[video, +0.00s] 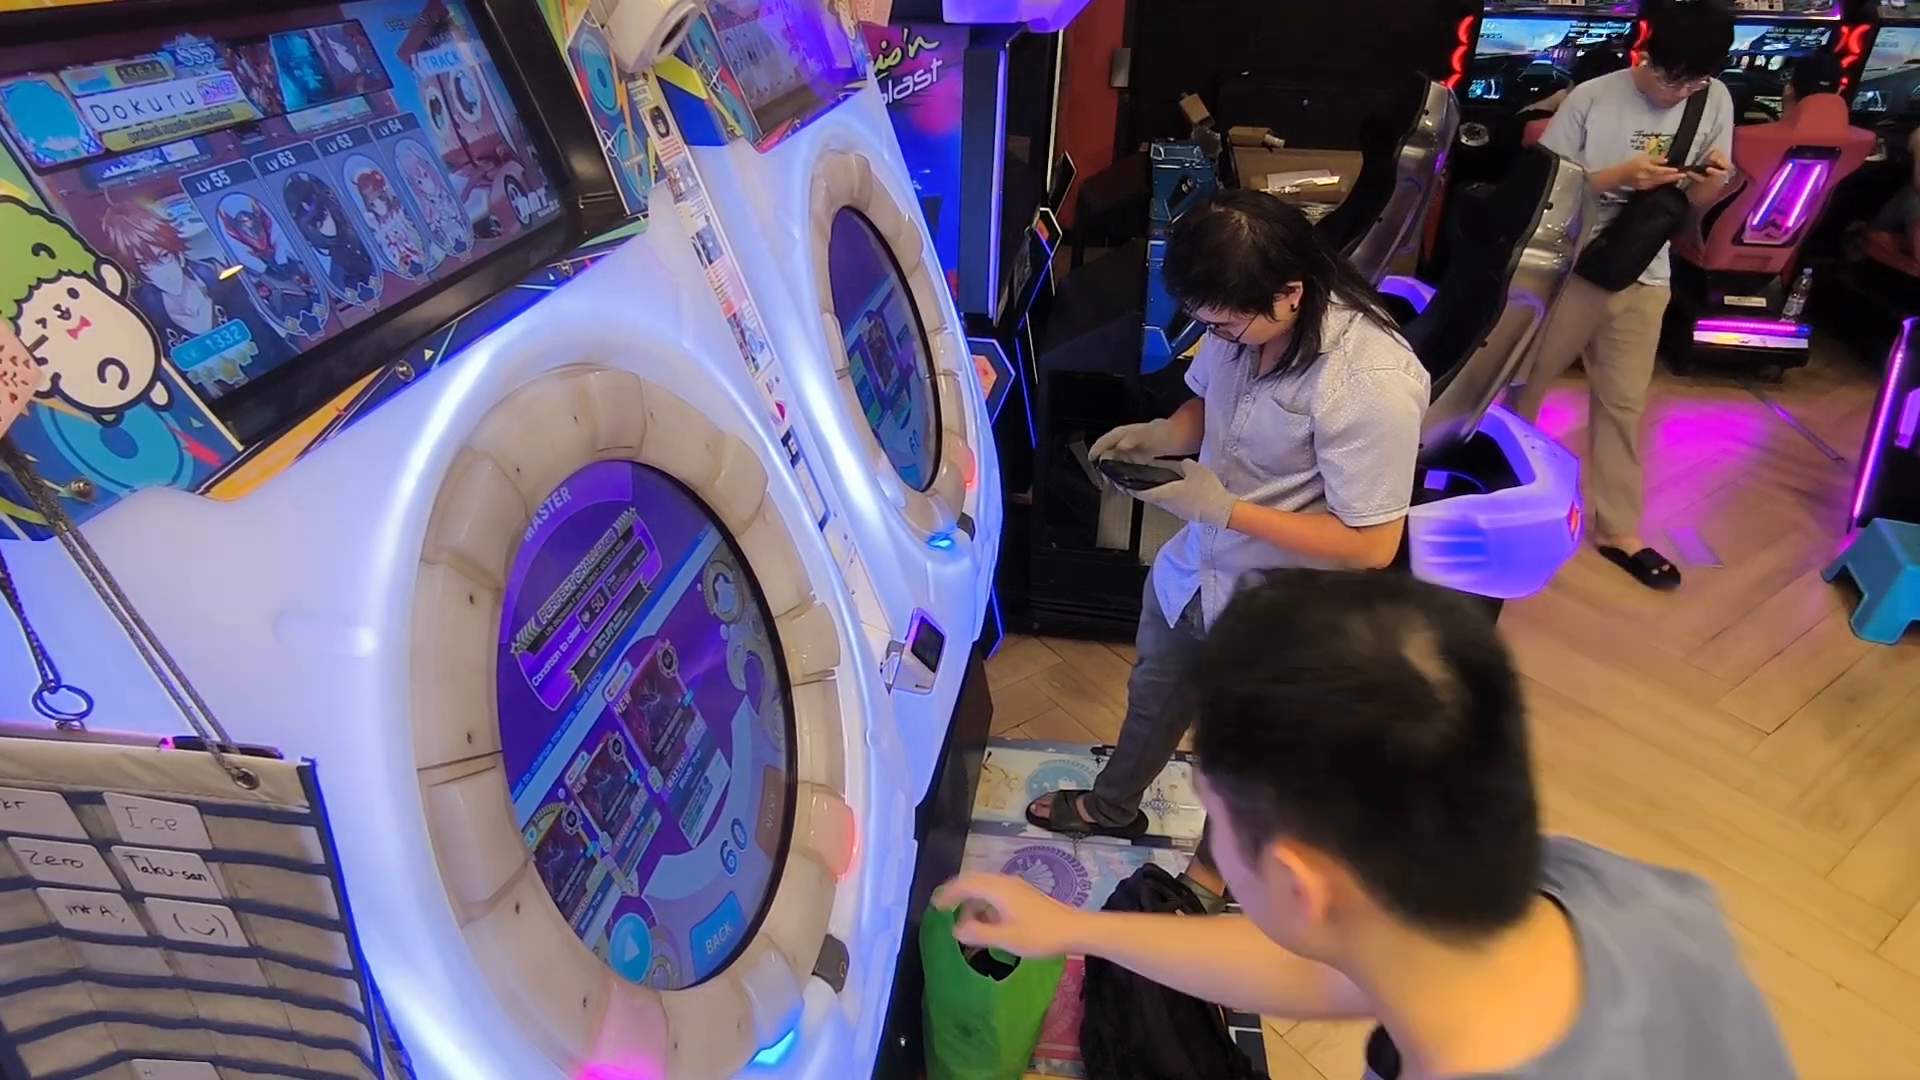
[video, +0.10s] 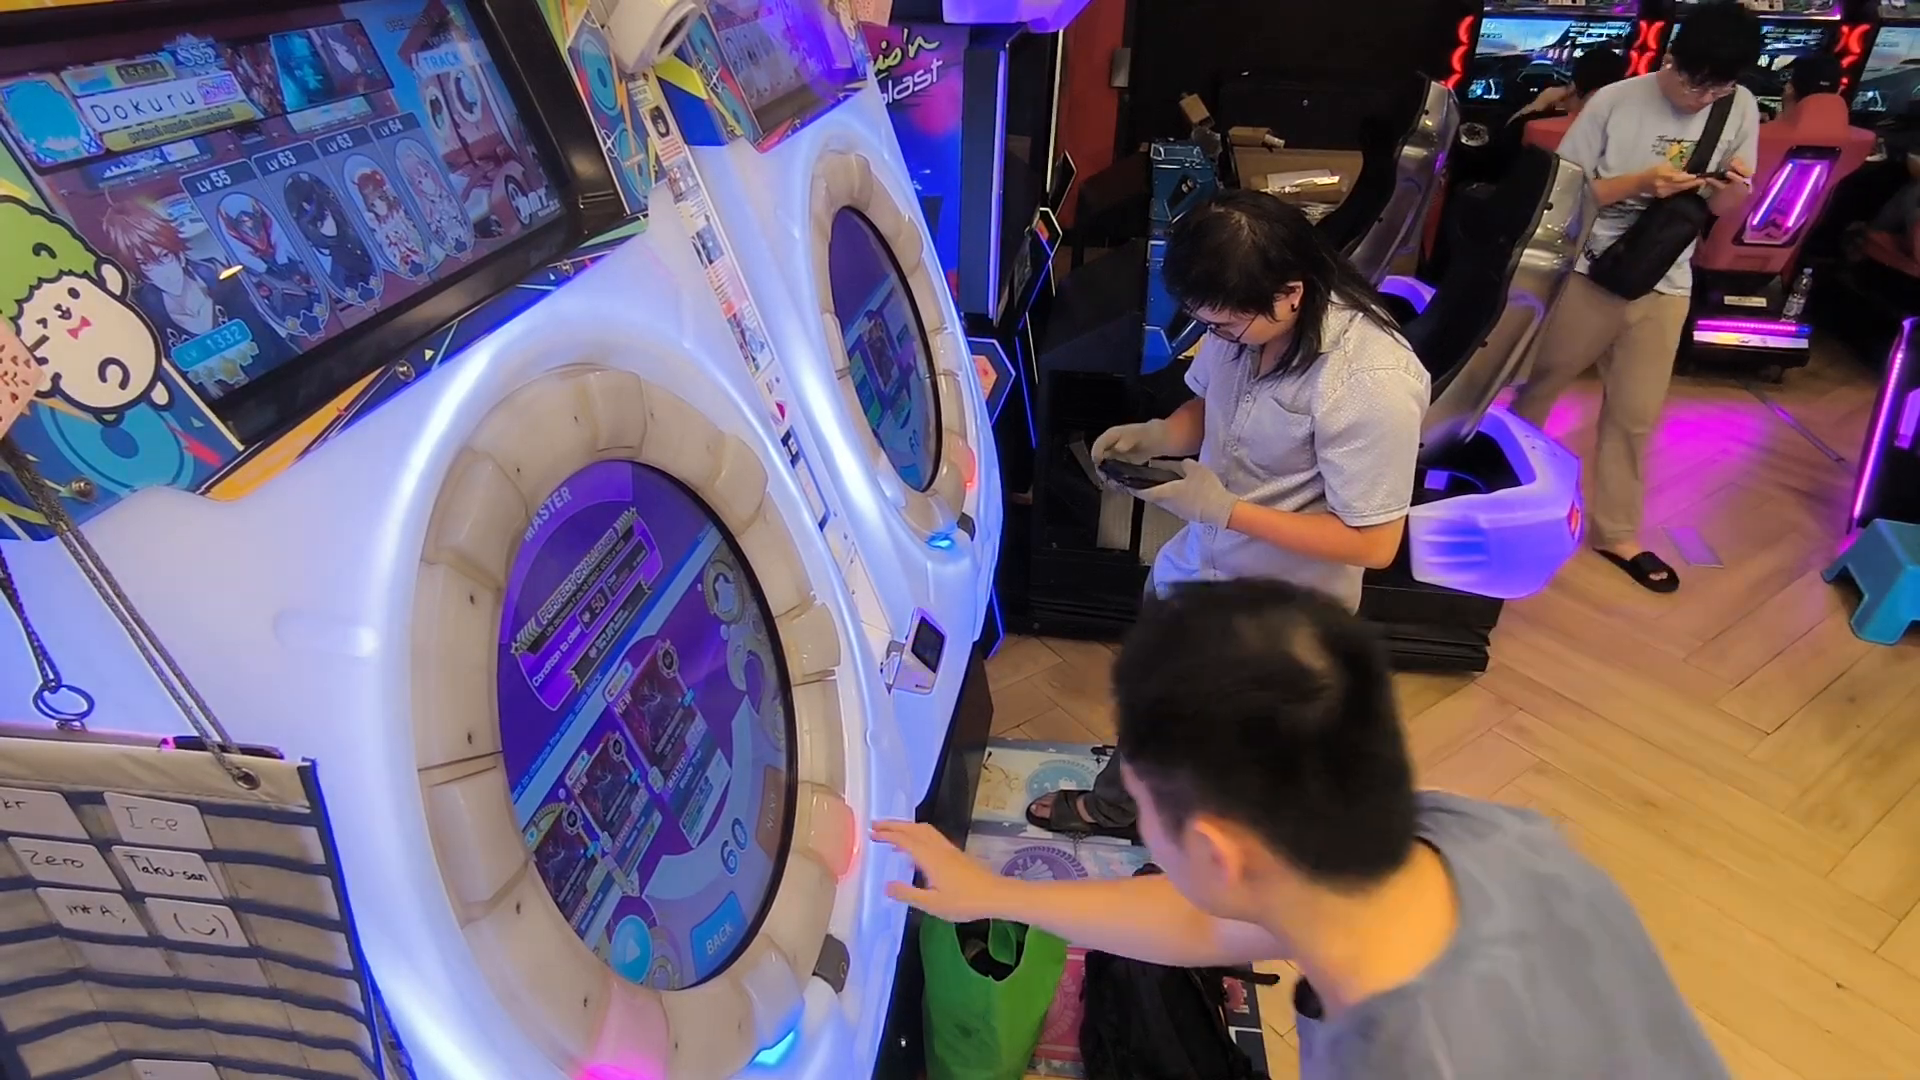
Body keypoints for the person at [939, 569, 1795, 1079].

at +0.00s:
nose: (1209, 824)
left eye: (1216, 804)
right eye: (1214, 800)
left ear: (1304, 886)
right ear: (1484, 768)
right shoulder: (1590, 890)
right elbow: (1328, 971)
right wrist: (1076, 931)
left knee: (1128, 986)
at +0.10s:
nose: (1141, 829)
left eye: (1142, 806)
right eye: (1138, 802)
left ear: (1218, 850)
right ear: (1362, 746)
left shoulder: (1372, 1070)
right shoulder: (1491, 837)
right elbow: (1211, 921)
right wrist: (992, 894)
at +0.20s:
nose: (1077, 838)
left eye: (1075, 818)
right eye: (1070, 815)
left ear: (1142, 854)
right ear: (1261, 746)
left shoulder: (1276, 1059)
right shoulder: (1375, 817)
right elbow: (1173, 917)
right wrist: (969, 898)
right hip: (1644, 1041)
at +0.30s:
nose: (1030, 871)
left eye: (1028, 852)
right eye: (1020, 852)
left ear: (1076, 873)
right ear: (1191, 776)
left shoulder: (1195, 1058)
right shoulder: (1323, 824)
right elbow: (1201, 953)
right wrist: (1012, 938)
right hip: (1635, 1052)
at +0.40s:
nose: (1023, 919)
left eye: (1015, 899)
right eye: (1008, 899)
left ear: (1052, 912)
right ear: (1161, 819)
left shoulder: (1148, 1064)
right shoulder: (1297, 852)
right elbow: (1234, 973)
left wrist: (1071, 1038)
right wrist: (1084, 1005)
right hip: (1627, 1063)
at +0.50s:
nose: (1024, 960)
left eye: (1013, 939)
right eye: (1009, 940)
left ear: (1047, 948)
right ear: (1145, 855)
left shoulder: (1125, 1069)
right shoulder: (1280, 880)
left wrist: (1066, 1039)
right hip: (1605, 1065)